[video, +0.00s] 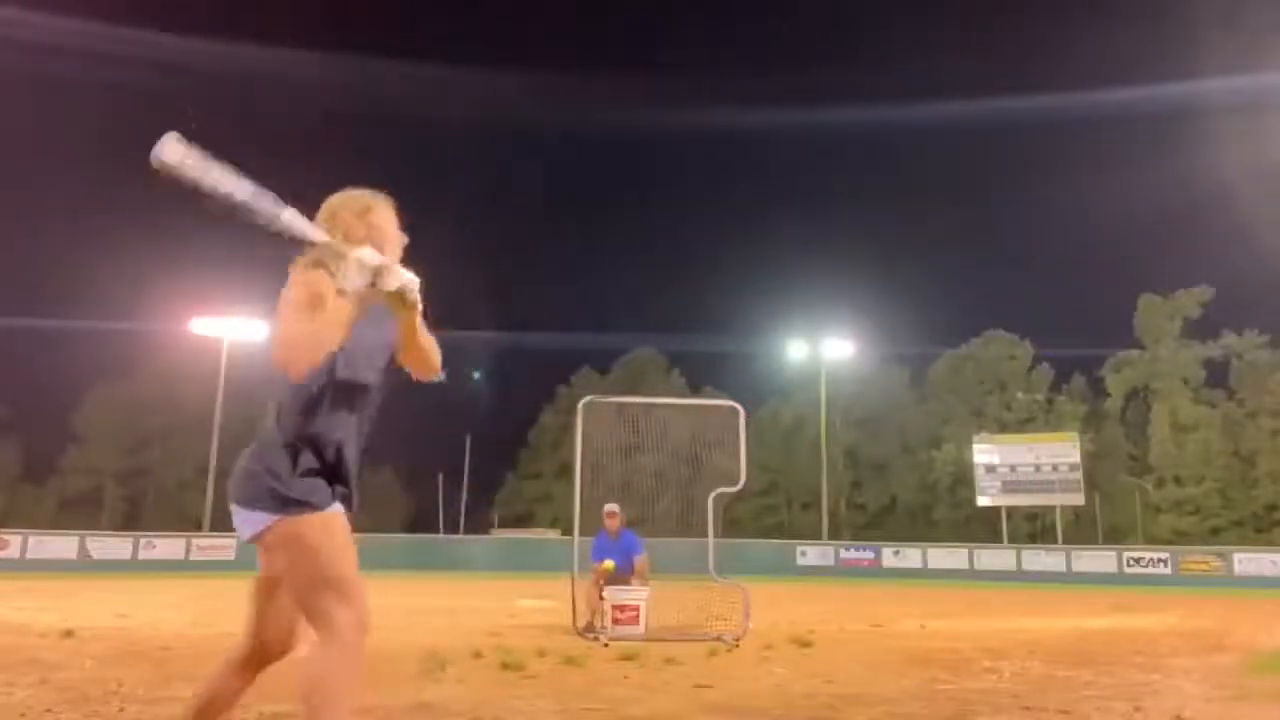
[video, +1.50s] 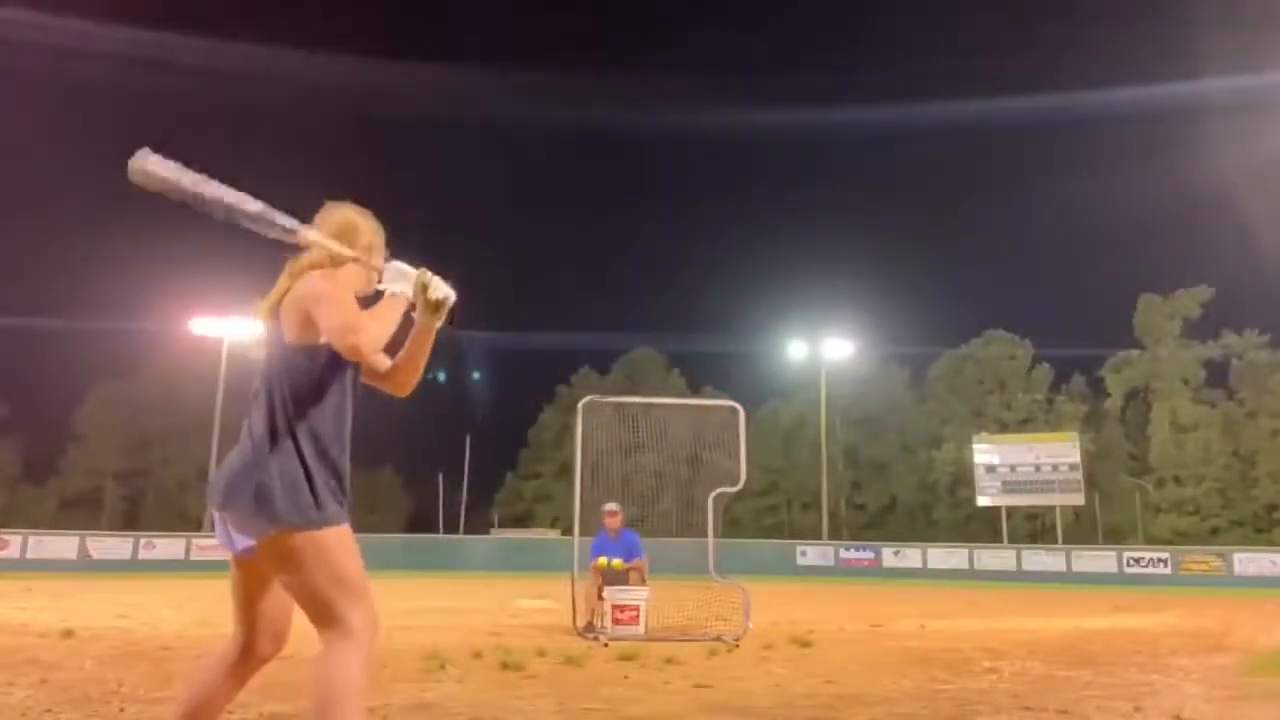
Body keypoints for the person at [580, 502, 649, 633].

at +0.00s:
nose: (612, 521)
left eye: (614, 517)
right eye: (608, 517)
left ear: (620, 518)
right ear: (604, 520)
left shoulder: (630, 537)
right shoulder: (599, 539)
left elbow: (640, 560)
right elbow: (595, 565)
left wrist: (638, 578)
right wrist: (602, 571)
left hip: (627, 575)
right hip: (608, 576)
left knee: (639, 582)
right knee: (593, 586)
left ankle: (636, 622)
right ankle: (591, 621)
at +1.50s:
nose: (612, 520)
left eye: (615, 515)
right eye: (608, 516)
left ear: (621, 517)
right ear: (604, 519)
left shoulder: (631, 537)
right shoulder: (599, 539)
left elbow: (640, 560)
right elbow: (593, 562)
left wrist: (625, 566)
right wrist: (600, 564)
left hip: (625, 572)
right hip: (606, 572)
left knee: (635, 573)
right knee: (593, 580)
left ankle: (635, 618)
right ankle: (590, 620)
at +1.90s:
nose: (604, 521)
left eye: (607, 517)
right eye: (601, 518)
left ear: (614, 517)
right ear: (597, 520)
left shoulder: (626, 537)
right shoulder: (596, 540)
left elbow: (636, 560)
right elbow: (593, 562)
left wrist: (621, 564)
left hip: (625, 573)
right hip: (606, 574)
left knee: (635, 577)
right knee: (593, 580)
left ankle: (635, 621)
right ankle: (590, 621)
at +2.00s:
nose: (599, 523)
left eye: (601, 519)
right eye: (595, 520)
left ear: (609, 518)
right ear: (593, 522)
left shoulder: (623, 537)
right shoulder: (595, 542)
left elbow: (640, 556)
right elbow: (591, 564)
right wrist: (597, 575)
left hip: (622, 573)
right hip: (603, 575)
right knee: (591, 587)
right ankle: (589, 622)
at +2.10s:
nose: (597, 524)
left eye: (600, 519)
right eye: (594, 521)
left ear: (607, 519)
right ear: (591, 523)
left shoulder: (620, 535)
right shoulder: (594, 545)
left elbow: (639, 552)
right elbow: (592, 568)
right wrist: (598, 578)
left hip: (622, 573)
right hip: (603, 575)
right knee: (590, 586)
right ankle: (589, 622)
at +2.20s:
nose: (594, 525)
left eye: (597, 520)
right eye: (591, 522)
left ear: (604, 520)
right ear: (589, 524)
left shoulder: (616, 535)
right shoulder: (593, 546)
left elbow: (637, 544)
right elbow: (592, 567)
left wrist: (640, 552)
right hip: (604, 575)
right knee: (590, 586)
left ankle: (589, 622)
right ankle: (589, 622)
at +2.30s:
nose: (594, 525)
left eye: (596, 520)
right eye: (591, 522)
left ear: (604, 520)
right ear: (588, 524)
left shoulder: (619, 535)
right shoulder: (591, 547)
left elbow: (645, 547)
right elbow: (592, 570)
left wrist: (661, 565)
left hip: (626, 575)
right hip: (605, 577)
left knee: (632, 577)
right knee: (592, 580)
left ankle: (629, 621)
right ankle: (590, 622)